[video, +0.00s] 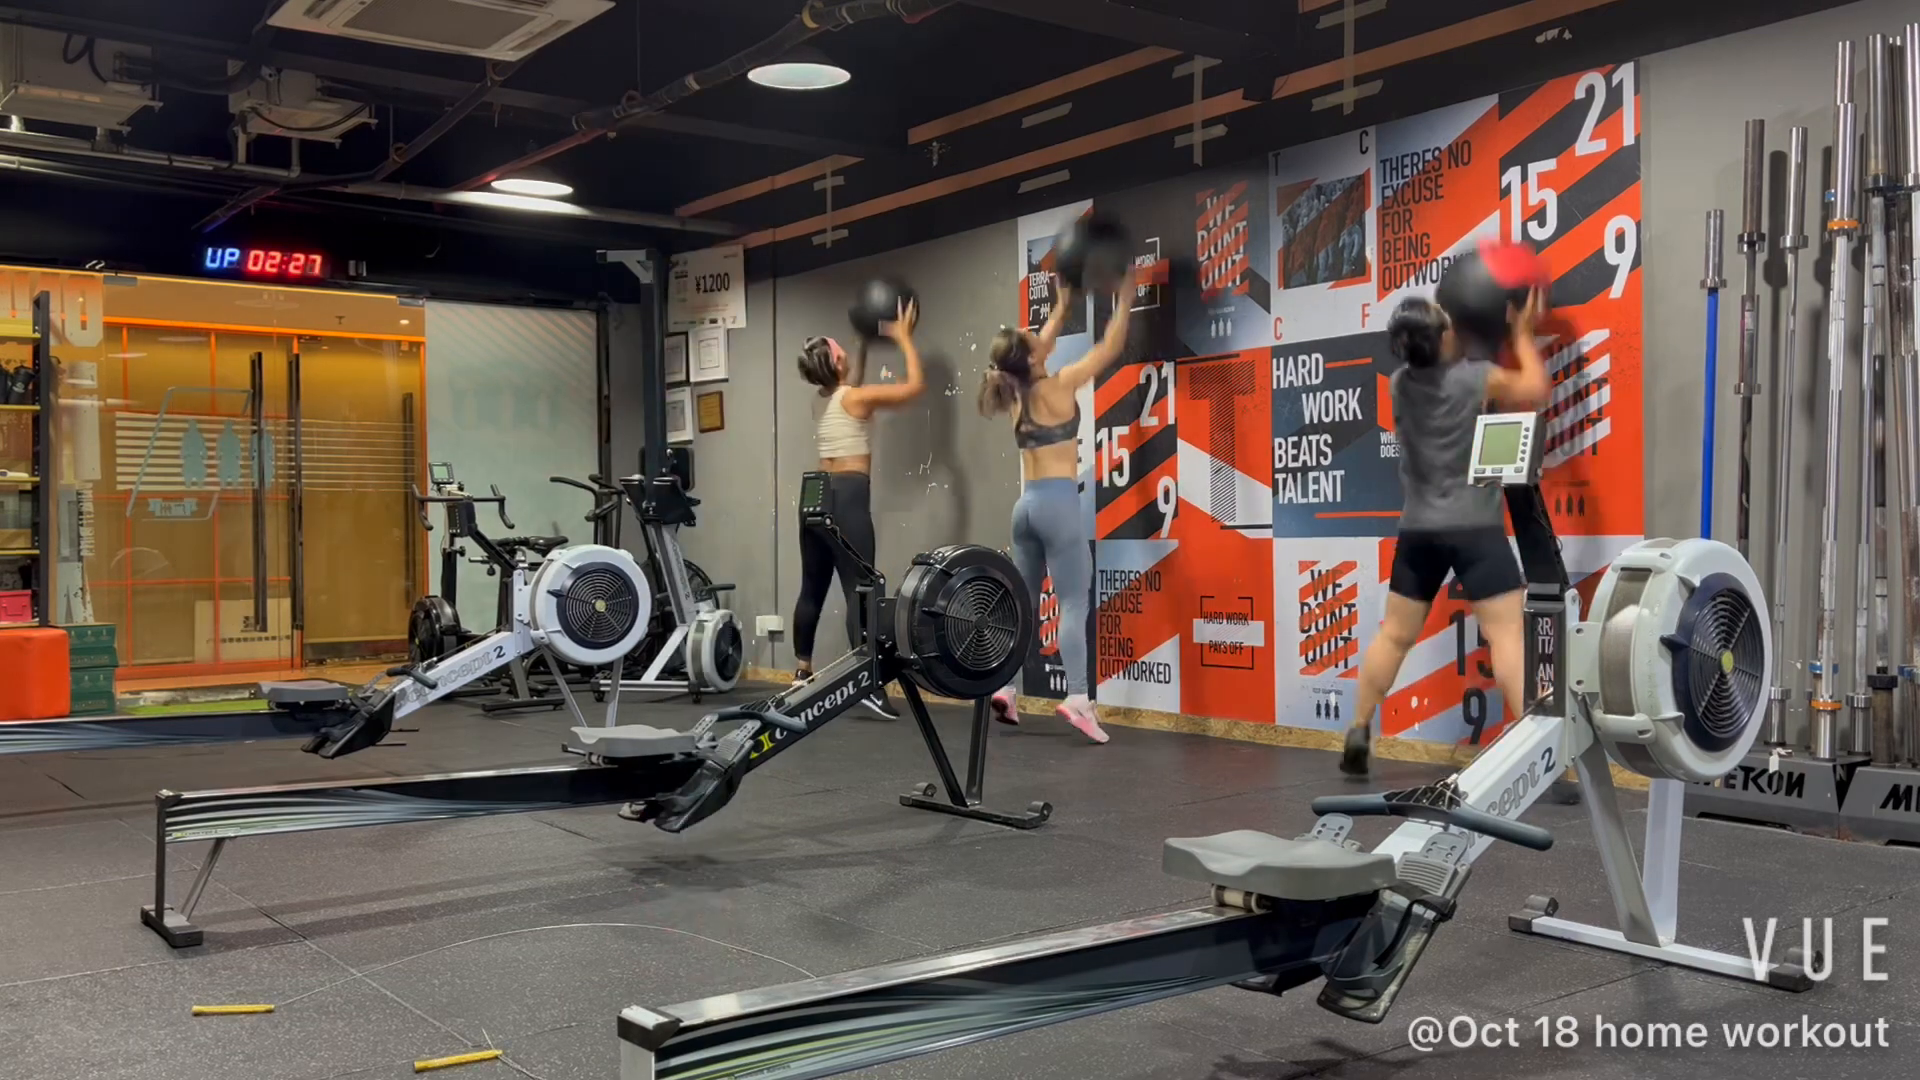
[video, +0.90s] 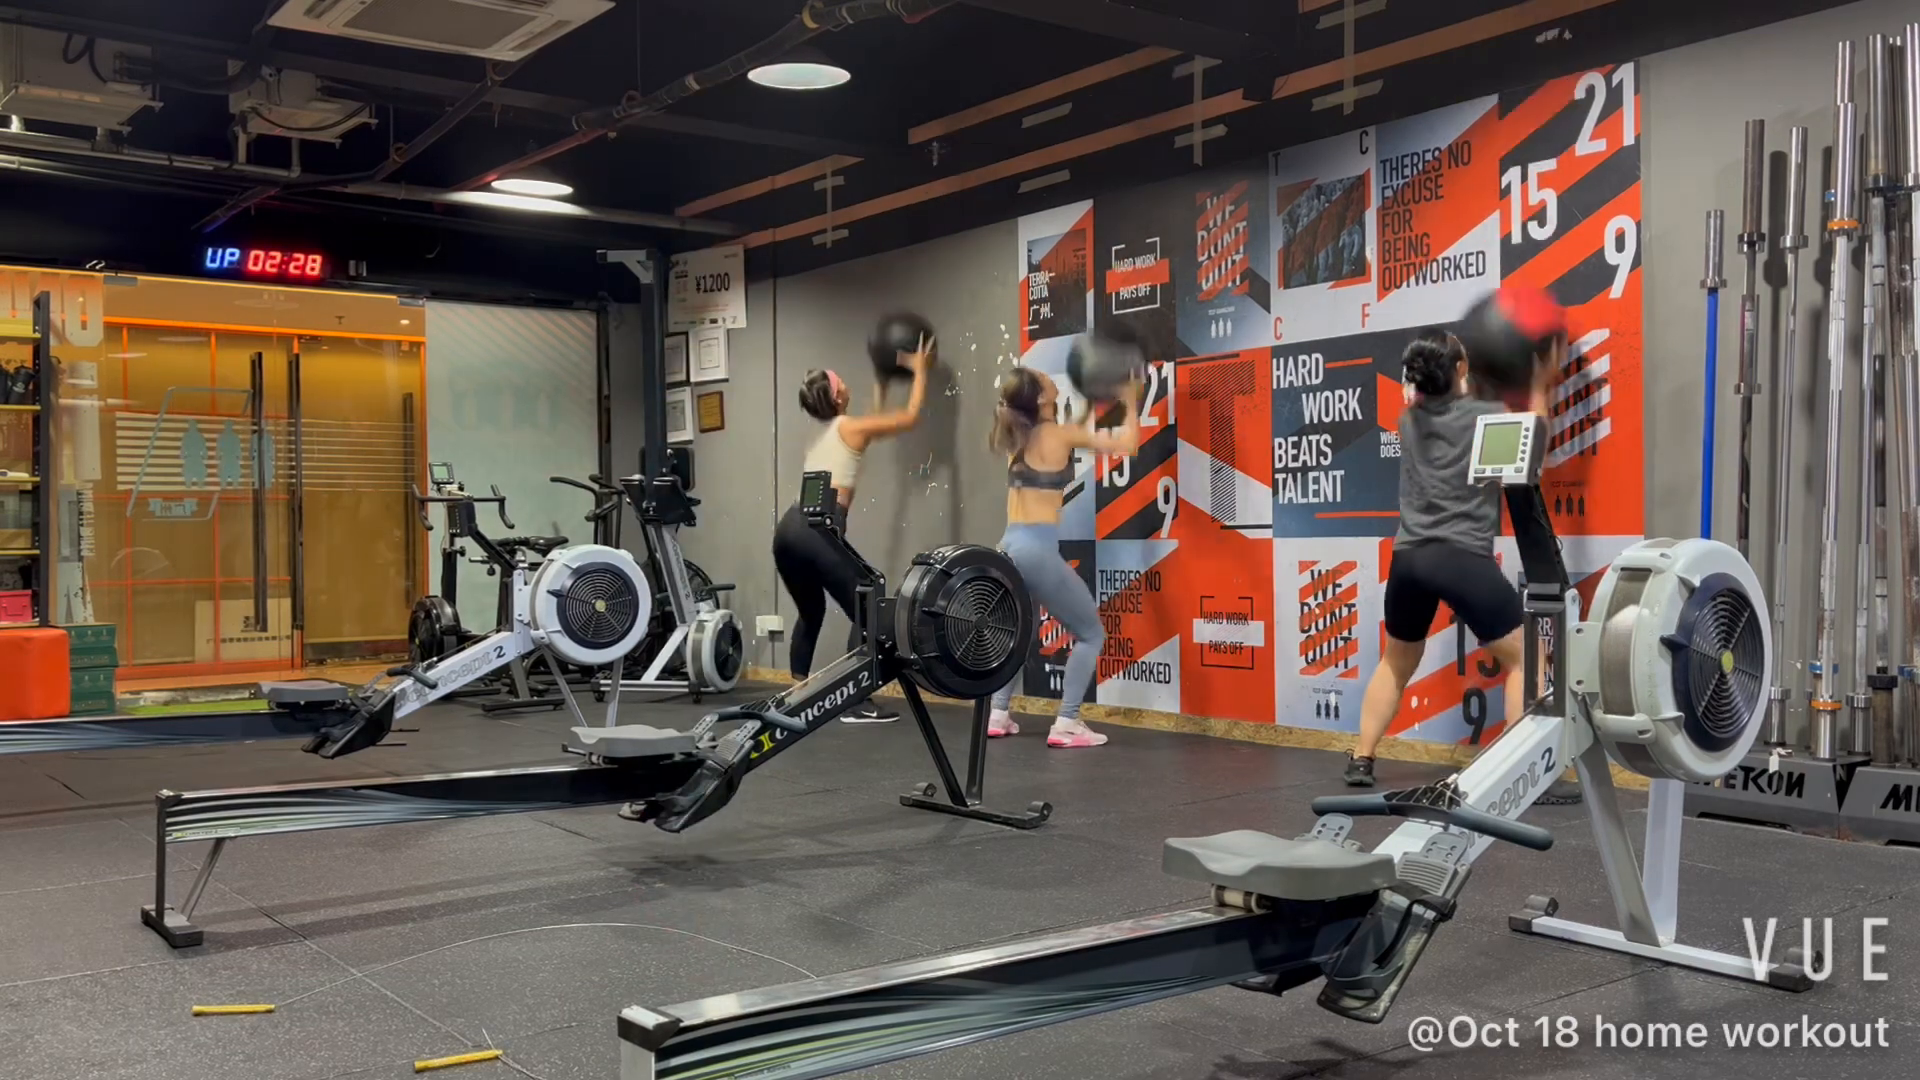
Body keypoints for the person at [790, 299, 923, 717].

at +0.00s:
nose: (841, 347)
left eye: (835, 344)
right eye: (838, 346)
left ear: (821, 370)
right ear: (837, 360)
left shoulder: (824, 402)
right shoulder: (855, 396)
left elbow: (858, 392)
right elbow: (914, 387)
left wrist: (865, 349)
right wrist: (905, 339)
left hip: (817, 497)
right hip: (848, 497)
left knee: (812, 588)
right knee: (860, 589)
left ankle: (803, 672)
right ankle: (867, 681)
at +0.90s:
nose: (842, 381)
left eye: (837, 379)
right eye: (838, 381)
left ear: (821, 404)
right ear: (837, 397)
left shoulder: (825, 433)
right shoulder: (851, 427)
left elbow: (877, 425)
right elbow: (909, 418)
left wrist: (880, 385)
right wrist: (920, 370)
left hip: (788, 533)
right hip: (817, 532)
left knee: (810, 612)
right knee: (868, 605)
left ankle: (797, 694)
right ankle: (855, 699)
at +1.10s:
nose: (864, 449)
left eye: (860, 445)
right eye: (859, 448)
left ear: (834, 462)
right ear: (854, 461)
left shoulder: (822, 489)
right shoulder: (863, 494)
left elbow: (853, 515)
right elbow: (913, 536)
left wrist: (874, 489)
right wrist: (904, 494)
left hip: (785, 586)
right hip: (821, 588)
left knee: (823, 620)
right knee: (885, 620)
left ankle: (800, 695)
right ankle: (856, 701)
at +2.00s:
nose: (846, 351)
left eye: (840, 348)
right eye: (841, 350)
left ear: (822, 371)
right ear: (838, 365)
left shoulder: (825, 400)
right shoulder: (853, 398)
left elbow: (856, 381)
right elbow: (913, 382)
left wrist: (871, 339)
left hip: (814, 497)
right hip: (846, 498)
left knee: (812, 587)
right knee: (859, 588)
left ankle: (802, 674)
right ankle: (867, 680)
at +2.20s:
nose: (837, 363)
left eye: (833, 362)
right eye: (833, 363)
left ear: (816, 384)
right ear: (829, 380)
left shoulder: (818, 412)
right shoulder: (851, 405)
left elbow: (833, 359)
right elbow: (873, 350)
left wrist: (850, 317)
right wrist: (881, 297)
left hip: (821, 513)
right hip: (854, 513)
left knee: (821, 605)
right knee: (862, 603)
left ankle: (803, 690)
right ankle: (855, 695)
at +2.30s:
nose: (835, 366)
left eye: (831, 364)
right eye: (830, 366)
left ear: (811, 387)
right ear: (824, 382)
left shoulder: (807, 417)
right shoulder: (842, 414)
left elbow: (827, 373)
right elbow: (869, 359)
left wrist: (848, 334)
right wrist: (879, 309)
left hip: (820, 512)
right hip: (852, 513)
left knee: (818, 609)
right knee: (861, 608)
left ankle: (800, 694)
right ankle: (854, 697)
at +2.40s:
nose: (829, 367)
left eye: (824, 363)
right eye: (824, 365)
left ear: (801, 385)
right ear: (818, 380)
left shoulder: (799, 417)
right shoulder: (835, 410)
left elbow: (826, 388)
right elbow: (872, 361)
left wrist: (850, 357)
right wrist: (887, 313)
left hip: (815, 510)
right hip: (847, 507)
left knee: (817, 607)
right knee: (859, 604)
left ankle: (801, 694)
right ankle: (855, 695)